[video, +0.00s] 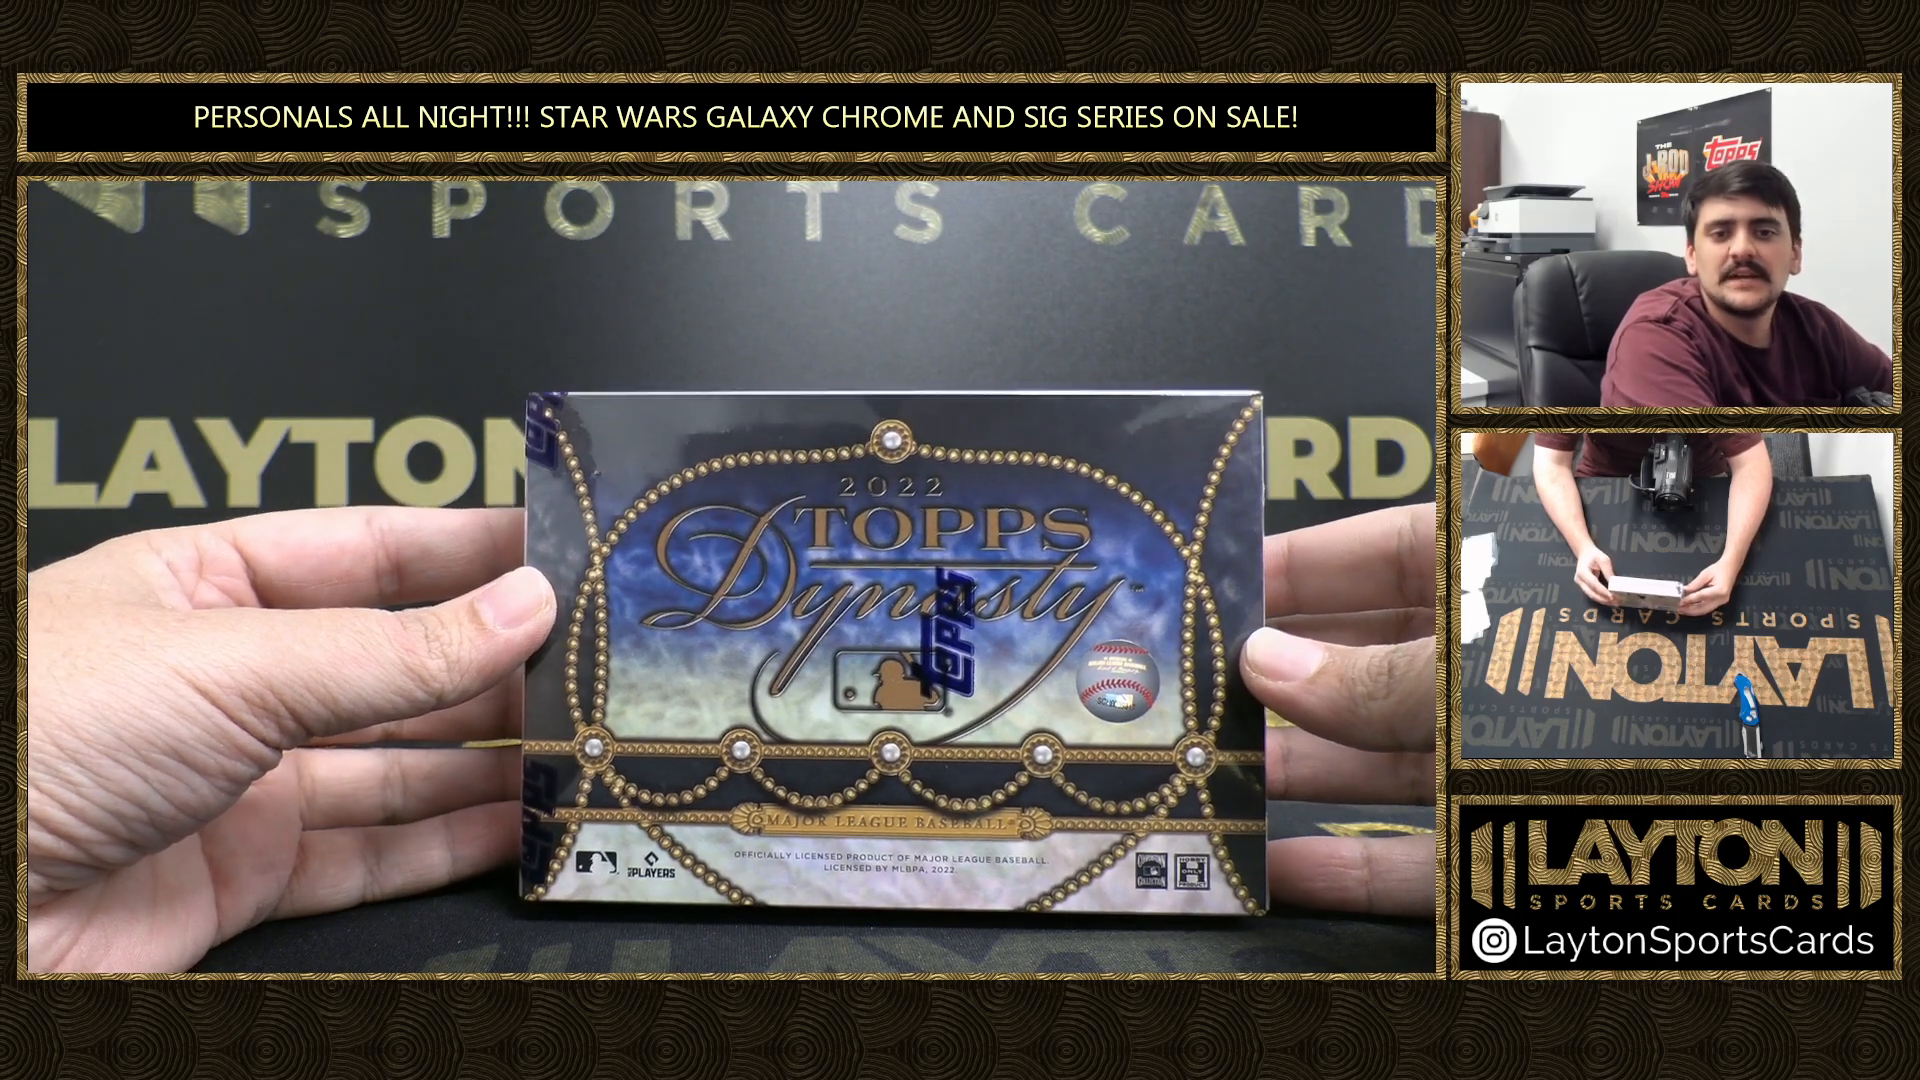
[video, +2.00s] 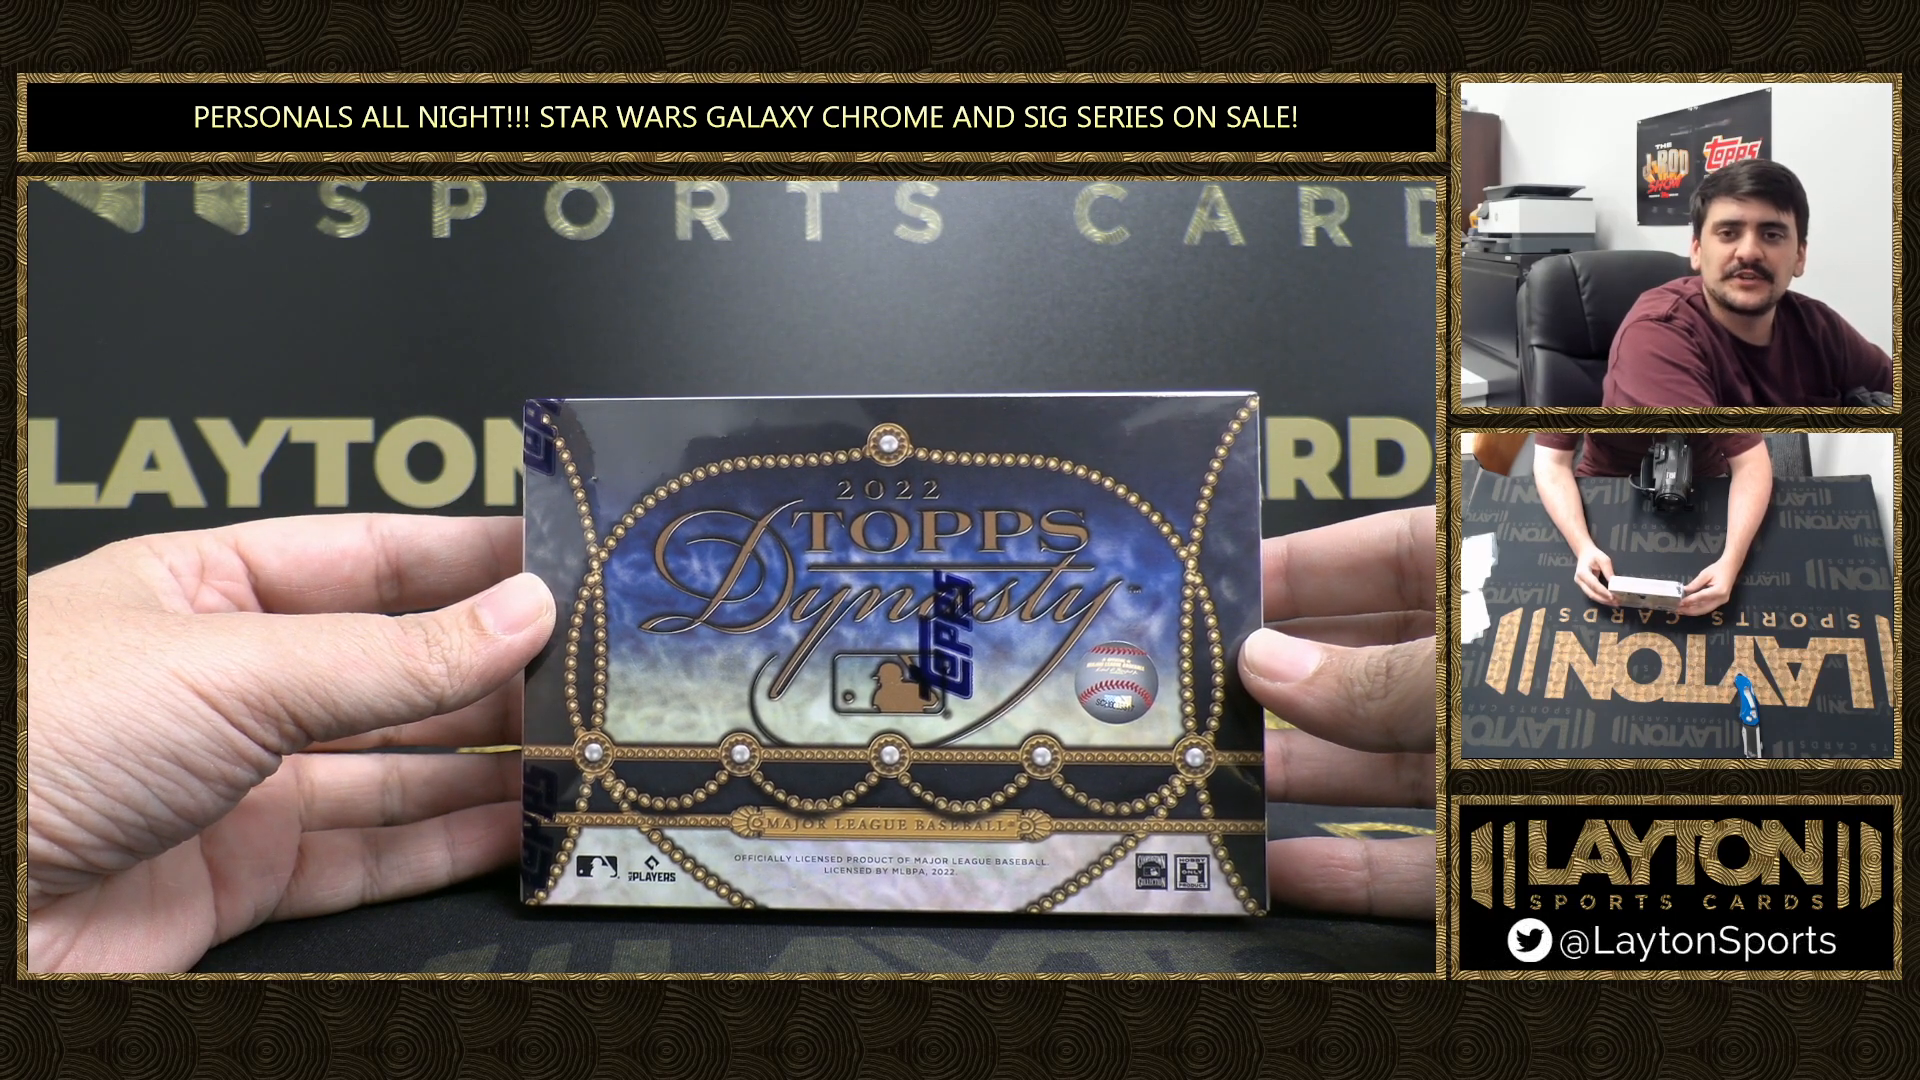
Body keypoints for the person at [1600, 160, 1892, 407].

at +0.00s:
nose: (1742, 249)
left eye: (1764, 232)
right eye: (1721, 233)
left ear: (1795, 254)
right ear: (1691, 256)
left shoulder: (1817, 329)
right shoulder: (1655, 334)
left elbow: (1897, 390)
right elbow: (1746, 461)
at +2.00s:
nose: (1749, 252)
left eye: (1771, 235)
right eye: (1729, 233)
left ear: (1800, 256)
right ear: (1696, 251)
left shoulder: (1818, 329)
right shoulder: (1656, 333)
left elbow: (1896, 387)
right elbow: (1746, 460)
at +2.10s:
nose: (1748, 251)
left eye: (1771, 234)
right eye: (1728, 233)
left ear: (1800, 256)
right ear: (1696, 251)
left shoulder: (1818, 329)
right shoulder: (1657, 333)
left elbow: (1896, 387)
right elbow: (1746, 460)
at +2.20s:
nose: (1749, 251)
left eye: (1771, 234)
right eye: (1728, 233)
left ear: (1799, 256)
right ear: (1696, 250)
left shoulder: (1818, 329)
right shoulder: (1656, 333)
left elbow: (1897, 387)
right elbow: (1747, 460)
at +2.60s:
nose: (1749, 250)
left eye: (1771, 233)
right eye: (1728, 232)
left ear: (1798, 255)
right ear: (1695, 250)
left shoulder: (1818, 329)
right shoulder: (1656, 332)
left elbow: (1896, 388)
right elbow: (1746, 460)